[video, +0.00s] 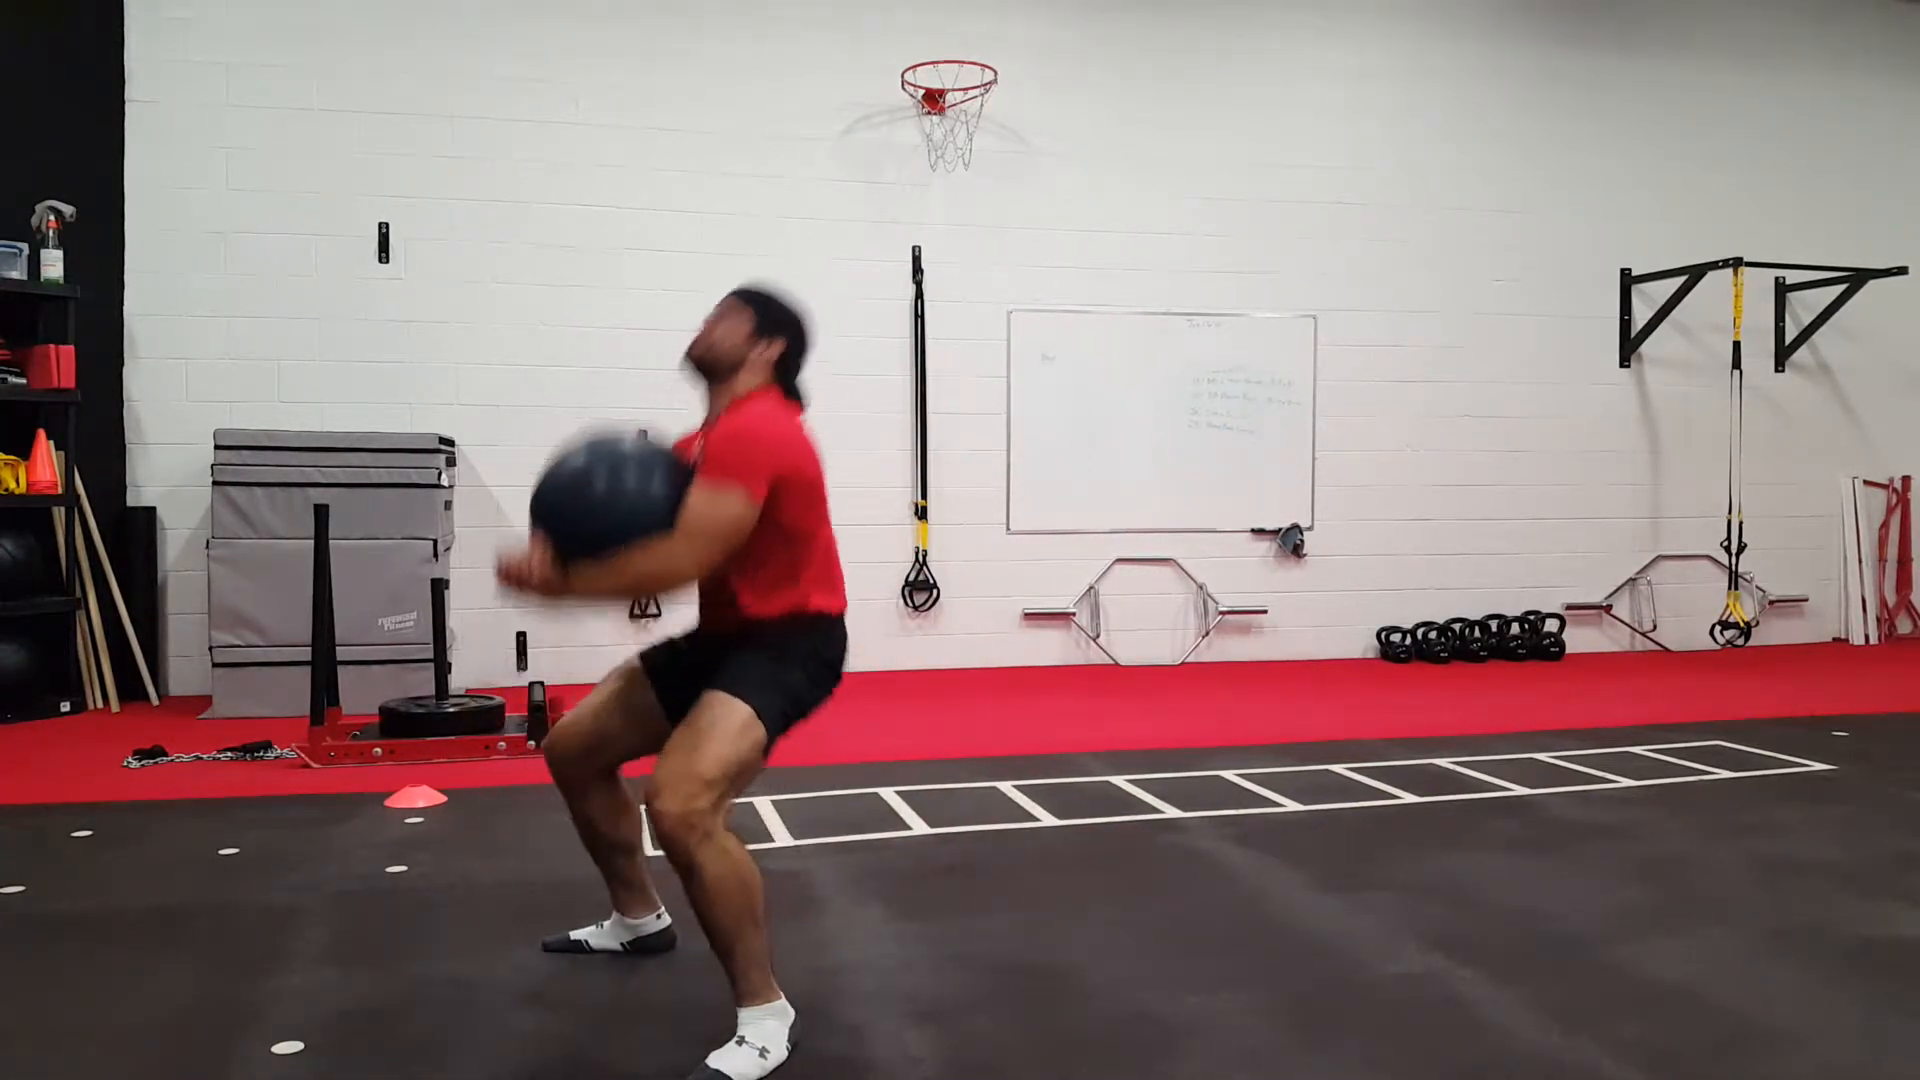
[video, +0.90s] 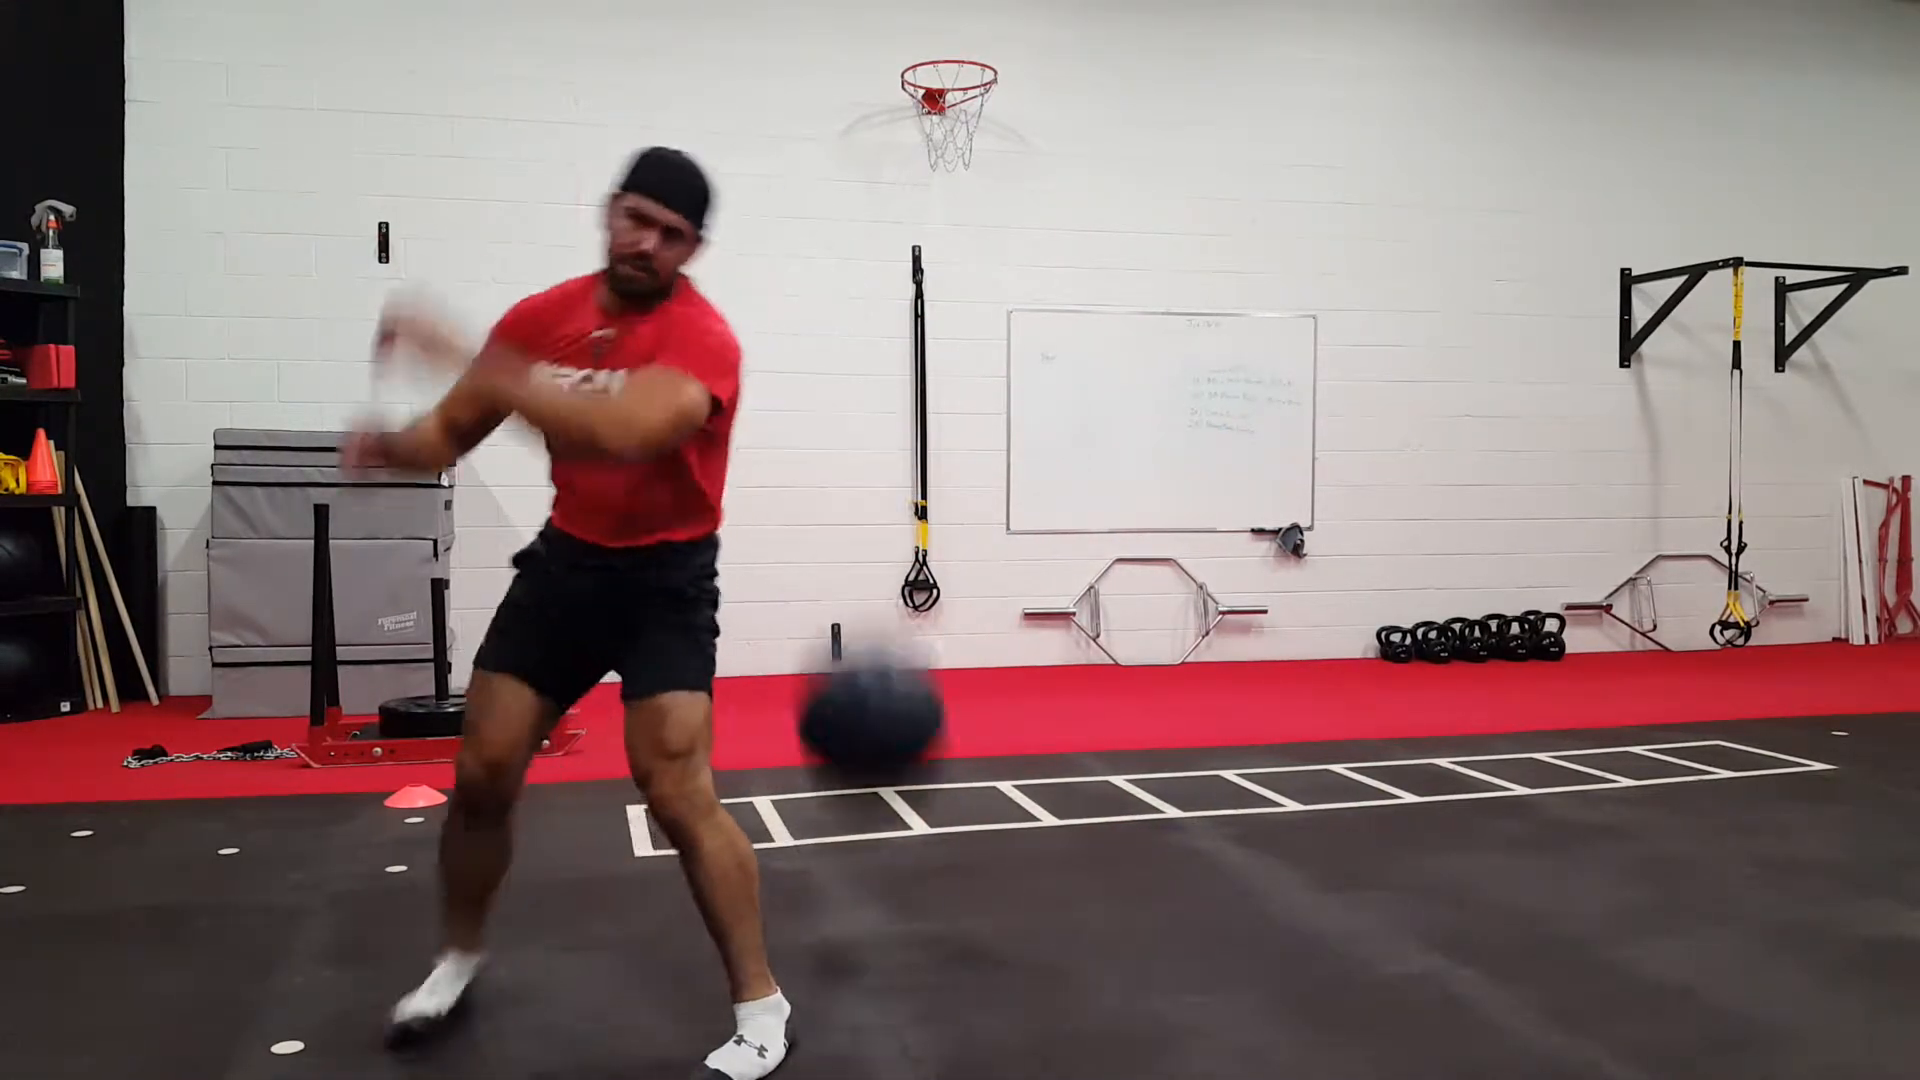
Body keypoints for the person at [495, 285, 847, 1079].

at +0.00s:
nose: (705, 324)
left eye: (726, 316)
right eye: (713, 313)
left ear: (767, 348)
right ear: (743, 348)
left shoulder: (762, 431)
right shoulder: (709, 438)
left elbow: (687, 557)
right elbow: (647, 527)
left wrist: (562, 578)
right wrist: (566, 558)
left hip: (793, 641)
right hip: (723, 638)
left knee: (680, 802)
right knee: (573, 749)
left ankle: (765, 1012)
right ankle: (637, 915)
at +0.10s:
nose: (768, 275)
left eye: (790, 271)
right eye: (780, 267)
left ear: (820, 310)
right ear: (804, 307)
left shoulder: (792, 366)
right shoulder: (764, 368)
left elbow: (673, 464)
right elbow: (683, 450)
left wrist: (560, 456)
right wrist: (588, 440)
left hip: (760, 595)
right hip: (702, 590)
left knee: (673, 797)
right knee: (579, 747)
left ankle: (764, 1008)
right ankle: (639, 915)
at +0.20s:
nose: (824, 261)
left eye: (845, 267)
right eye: (835, 256)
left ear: (862, 315)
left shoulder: (814, 333)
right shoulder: (762, 340)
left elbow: (675, 347)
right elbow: (624, 372)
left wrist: (577, 293)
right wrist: (571, 305)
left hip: (720, 560)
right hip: (662, 549)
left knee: (673, 786)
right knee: (588, 747)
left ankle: (764, 1006)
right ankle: (641, 918)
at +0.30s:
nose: (836, 277)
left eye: (853, 290)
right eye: (847, 276)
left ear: (859, 339)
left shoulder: (805, 334)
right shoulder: (721, 339)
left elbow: (682, 236)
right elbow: (590, 294)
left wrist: (635, 162)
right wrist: (597, 181)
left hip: (687, 560)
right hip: (624, 553)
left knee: (673, 792)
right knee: (582, 753)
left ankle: (763, 1007)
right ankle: (639, 917)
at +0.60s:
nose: (749, 268)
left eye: (774, 274)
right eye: (756, 256)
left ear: (799, 319)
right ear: (736, 258)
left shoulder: (764, 372)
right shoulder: (653, 325)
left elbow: (658, 268)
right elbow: (511, 324)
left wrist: (663, 154)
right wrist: (462, 206)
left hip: (658, 591)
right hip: (580, 574)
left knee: (634, 811)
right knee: (548, 770)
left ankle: (757, 1007)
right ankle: (637, 910)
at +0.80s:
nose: (682, 242)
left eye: (708, 238)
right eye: (680, 220)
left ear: (737, 260)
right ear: (662, 216)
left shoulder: (733, 342)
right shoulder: (592, 308)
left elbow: (627, 355)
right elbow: (457, 392)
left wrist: (525, 234)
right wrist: (405, 347)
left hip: (677, 581)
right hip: (580, 567)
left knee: (672, 789)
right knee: (484, 762)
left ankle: (761, 1005)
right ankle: (549, 890)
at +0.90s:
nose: (645, 244)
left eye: (669, 235)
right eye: (634, 221)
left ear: (692, 249)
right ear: (609, 216)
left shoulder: (702, 341)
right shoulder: (538, 321)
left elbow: (617, 428)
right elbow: (452, 433)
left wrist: (467, 358)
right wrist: (392, 448)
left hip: (667, 582)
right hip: (563, 570)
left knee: (674, 783)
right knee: (482, 771)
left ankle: (760, 1005)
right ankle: (458, 957)